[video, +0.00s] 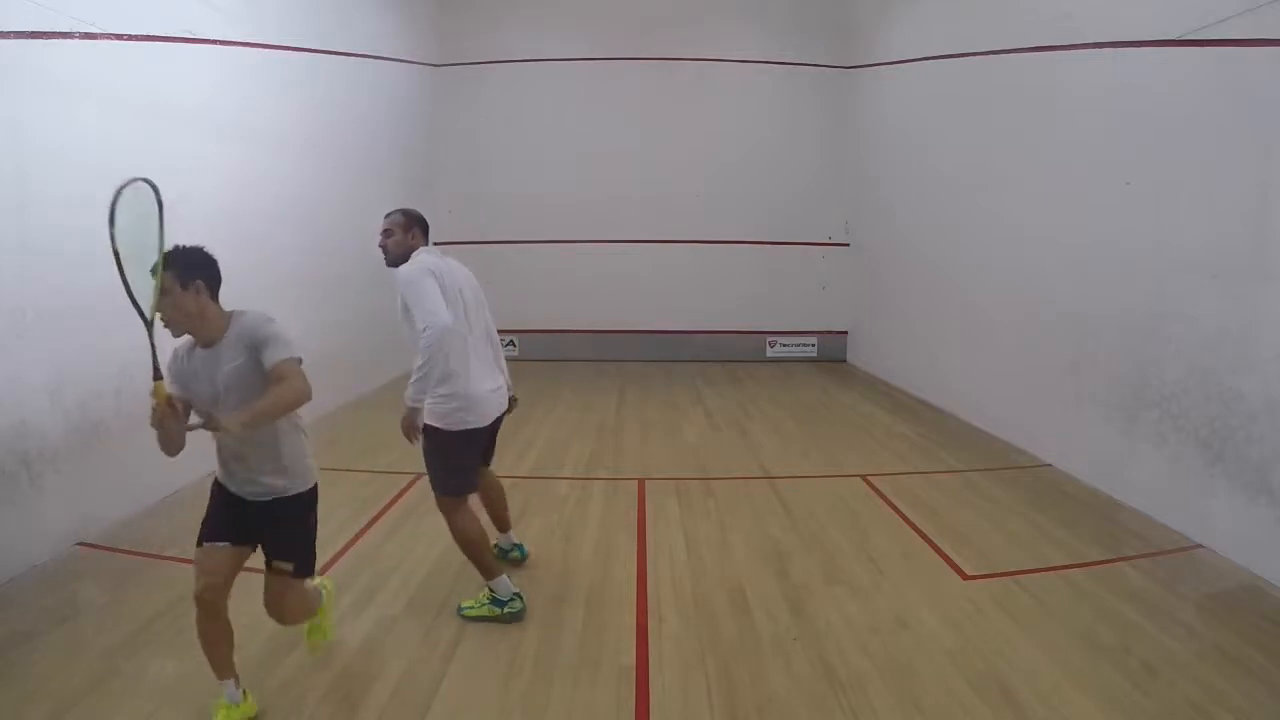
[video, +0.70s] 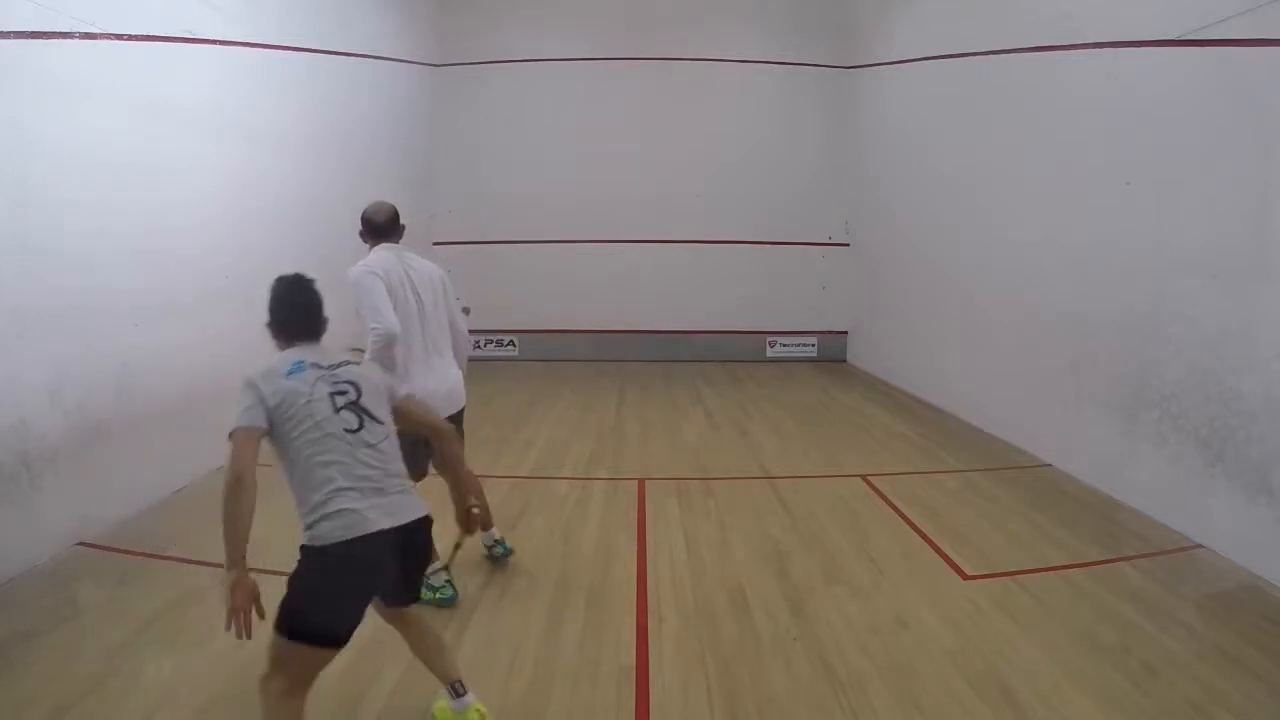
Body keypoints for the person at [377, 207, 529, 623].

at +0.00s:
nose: (380, 242)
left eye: (388, 234)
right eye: (381, 235)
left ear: (416, 236)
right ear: (419, 239)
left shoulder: (412, 271)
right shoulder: (457, 269)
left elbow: (437, 327)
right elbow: (489, 333)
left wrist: (413, 404)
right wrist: (504, 387)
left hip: (453, 408)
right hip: (491, 399)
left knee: (454, 504)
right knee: (479, 470)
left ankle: (503, 595)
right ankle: (509, 543)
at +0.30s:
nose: (393, 239)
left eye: (400, 231)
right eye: (392, 233)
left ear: (427, 232)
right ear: (430, 236)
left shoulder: (425, 267)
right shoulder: (465, 265)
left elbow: (448, 314)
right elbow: (495, 328)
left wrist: (412, 370)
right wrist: (460, 373)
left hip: (458, 392)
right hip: (498, 387)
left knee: (417, 473)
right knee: (487, 458)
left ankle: (465, 563)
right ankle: (513, 542)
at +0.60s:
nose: (374, 248)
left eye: (374, 243)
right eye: (380, 242)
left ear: (379, 246)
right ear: (414, 242)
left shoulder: (384, 282)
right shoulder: (446, 276)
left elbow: (405, 339)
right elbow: (476, 337)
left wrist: (385, 388)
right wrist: (467, 377)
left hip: (423, 408)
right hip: (468, 397)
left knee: (402, 479)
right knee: (471, 465)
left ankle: (433, 574)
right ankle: (510, 543)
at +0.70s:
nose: (359, 239)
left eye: (359, 233)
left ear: (363, 235)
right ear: (401, 232)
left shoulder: (365, 272)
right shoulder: (430, 269)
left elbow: (384, 330)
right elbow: (461, 334)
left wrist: (369, 383)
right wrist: (455, 375)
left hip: (406, 399)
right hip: (450, 390)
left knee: (403, 485)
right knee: (455, 466)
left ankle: (435, 576)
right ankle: (492, 538)